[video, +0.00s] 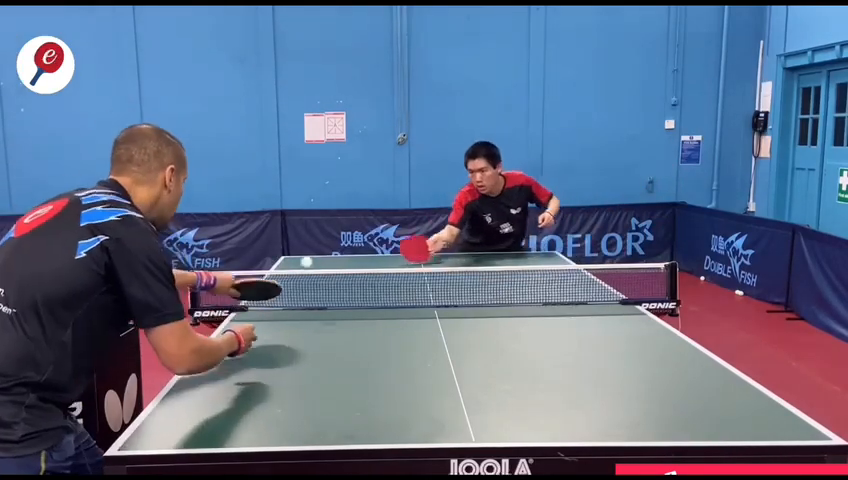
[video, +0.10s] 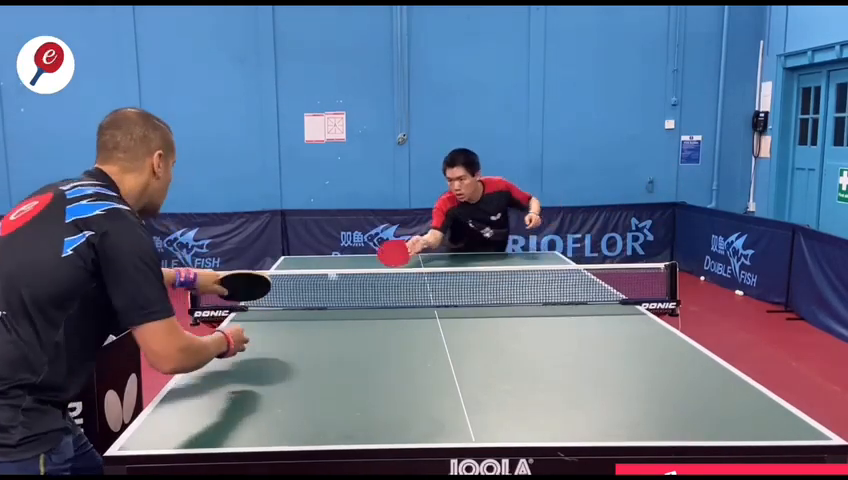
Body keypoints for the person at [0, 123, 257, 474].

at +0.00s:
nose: (180, 199)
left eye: (184, 188)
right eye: (183, 187)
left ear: (119, 168)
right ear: (168, 178)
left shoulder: (67, 206)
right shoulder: (130, 230)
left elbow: (124, 277)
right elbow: (183, 356)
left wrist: (206, 280)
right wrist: (230, 341)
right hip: (20, 422)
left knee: (92, 464)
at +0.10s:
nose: (169, 182)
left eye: (171, 171)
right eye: (171, 169)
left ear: (105, 155)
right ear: (157, 163)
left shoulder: (56, 196)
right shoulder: (115, 221)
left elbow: (98, 277)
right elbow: (169, 355)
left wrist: (191, 279)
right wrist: (221, 342)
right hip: (20, 421)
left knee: (87, 466)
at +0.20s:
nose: (152, 166)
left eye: (154, 154)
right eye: (154, 153)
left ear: (82, 145)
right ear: (136, 149)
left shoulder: (24, 193)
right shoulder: (100, 218)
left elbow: (70, 274)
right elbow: (152, 354)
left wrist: (164, 283)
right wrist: (206, 343)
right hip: (27, 445)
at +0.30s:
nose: (133, 154)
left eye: (135, 141)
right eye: (134, 141)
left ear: (60, 131)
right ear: (118, 137)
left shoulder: (8, 185)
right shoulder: (87, 213)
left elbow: (45, 290)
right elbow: (138, 355)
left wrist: (134, 291)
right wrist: (192, 346)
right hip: (21, 446)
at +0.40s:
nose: (123, 144)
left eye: (123, 131)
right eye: (123, 130)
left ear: (47, 125)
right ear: (105, 128)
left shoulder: (8, 177)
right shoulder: (79, 205)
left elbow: (34, 298)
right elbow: (125, 353)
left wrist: (120, 295)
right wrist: (182, 349)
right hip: (21, 443)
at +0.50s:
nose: (123, 149)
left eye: (126, 135)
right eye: (124, 134)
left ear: (48, 125)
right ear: (106, 128)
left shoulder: (8, 174)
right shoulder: (77, 202)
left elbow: (30, 294)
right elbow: (112, 353)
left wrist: (116, 303)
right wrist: (168, 357)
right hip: (15, 442)